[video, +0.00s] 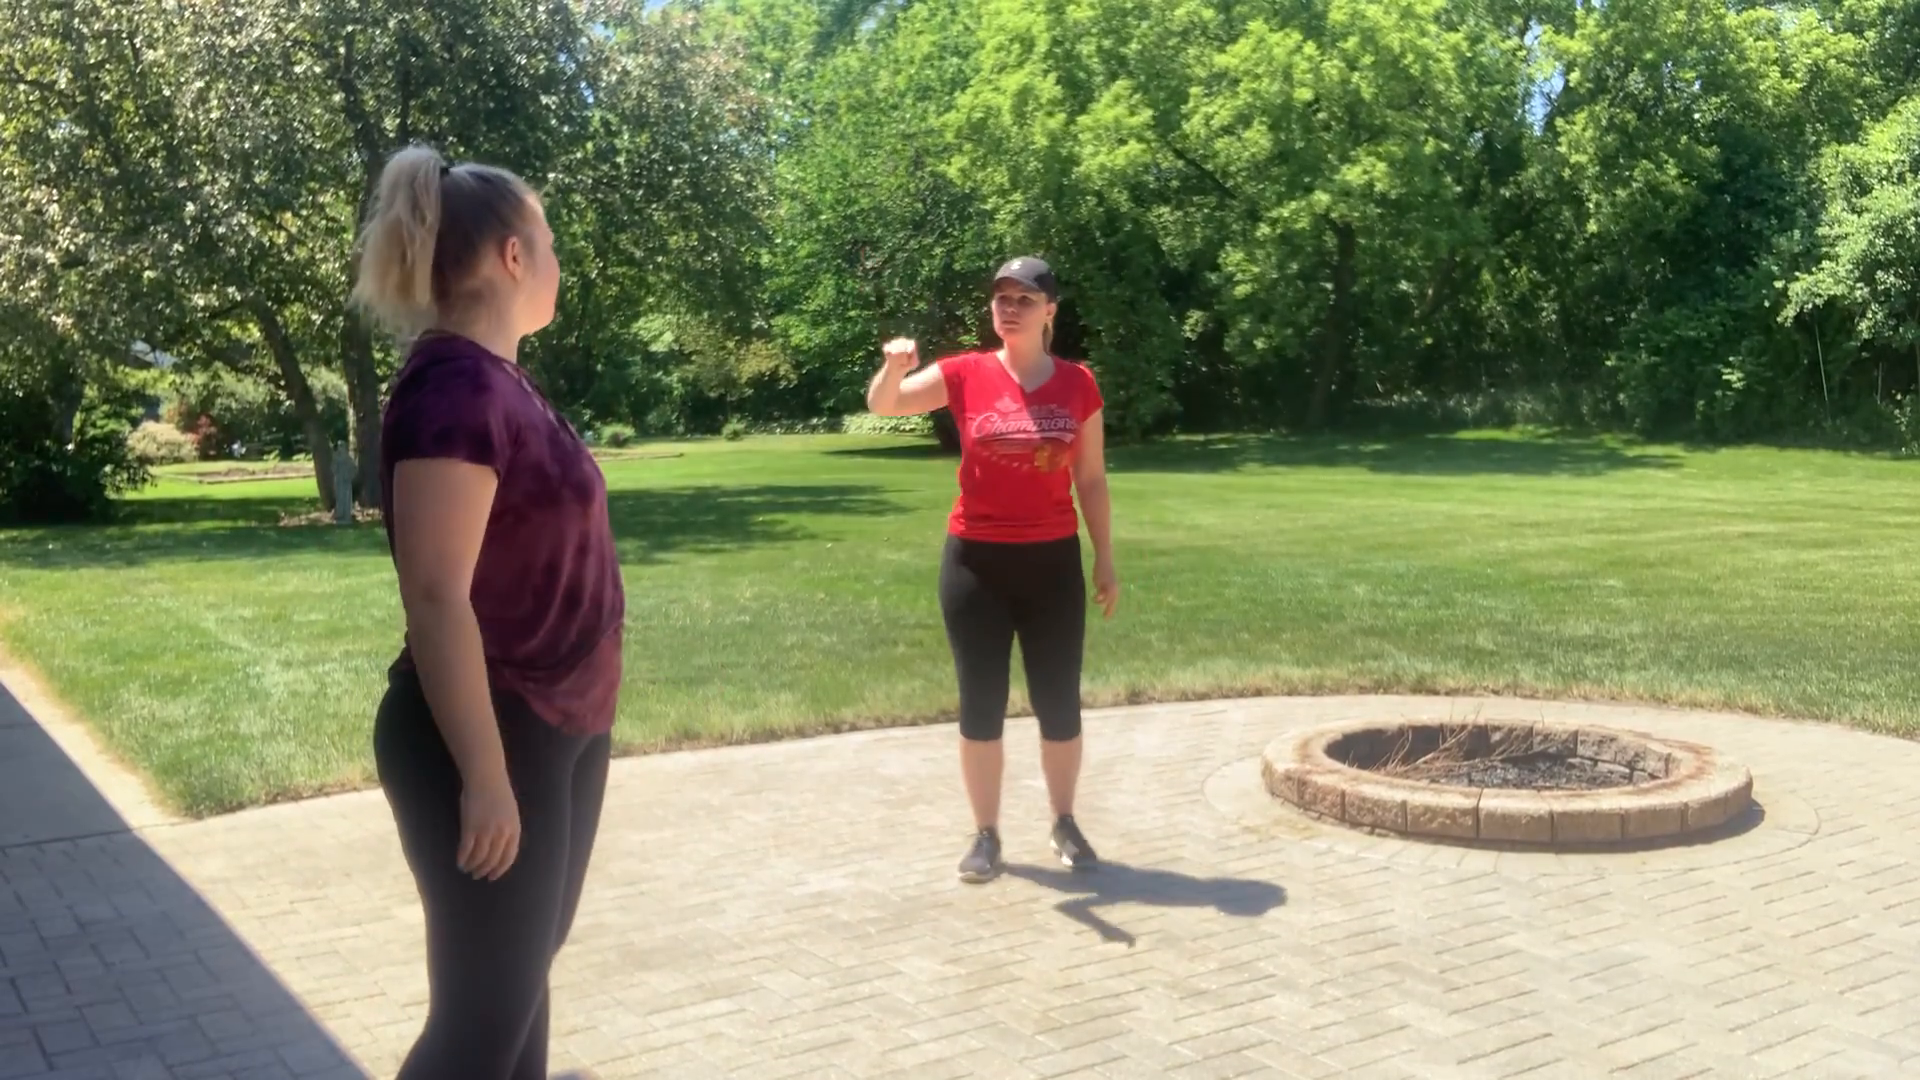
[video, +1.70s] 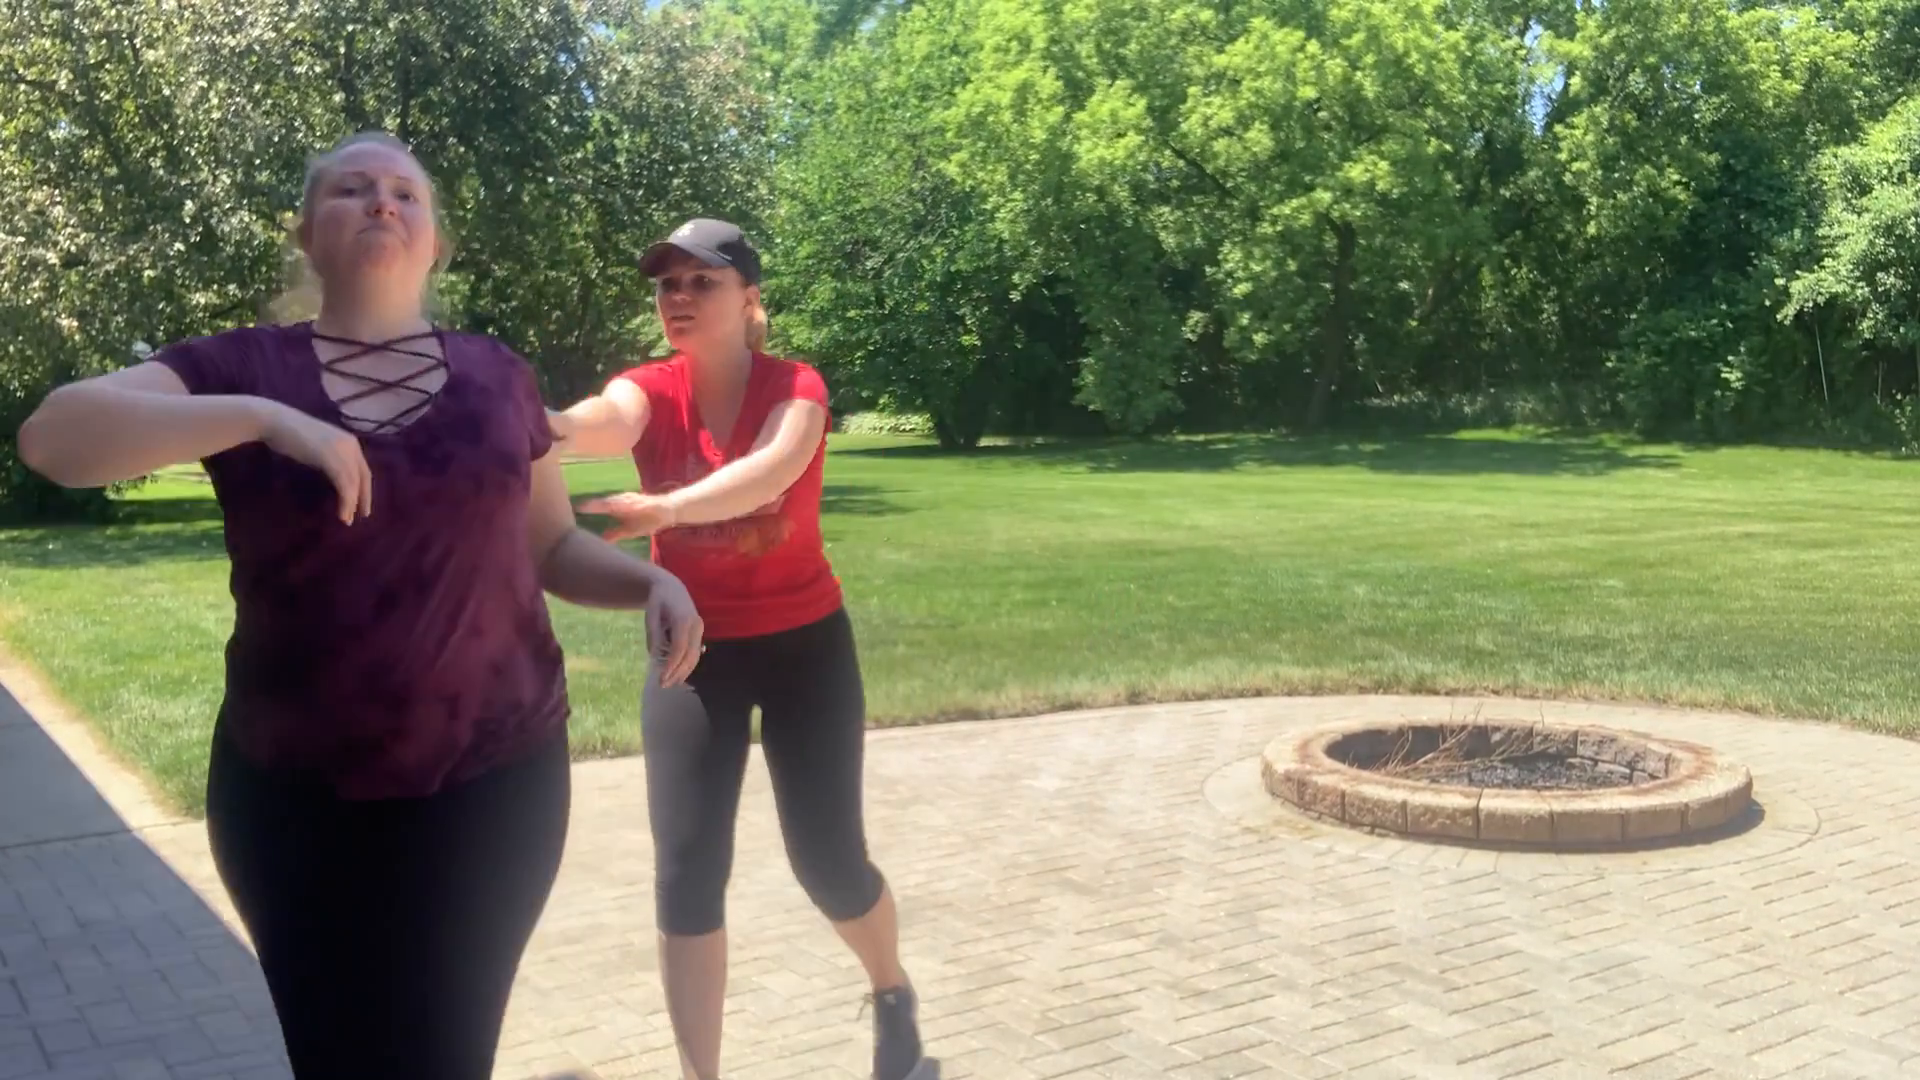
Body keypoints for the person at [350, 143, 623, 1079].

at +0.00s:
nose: (557, 263)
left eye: (551, 241)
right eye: (546, 241)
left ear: (475, 264)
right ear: (506, 257)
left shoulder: (492, 381)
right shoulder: (456, 389)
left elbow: (481, 586)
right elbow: (435, 596)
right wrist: (484, 775)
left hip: (547, 729)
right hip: (494, 734)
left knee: (517, 1007)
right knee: (481, 1026)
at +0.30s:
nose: (571, 263)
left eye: (565, 241)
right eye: (559, 241)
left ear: (503, 263)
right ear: (513, 259)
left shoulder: (526, 372)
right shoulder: (453, 384)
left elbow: (546, 550)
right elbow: (426, 596)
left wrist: (618, 657)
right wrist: (483, 767)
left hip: (574, 726)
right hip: (491, 734)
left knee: (531, 998)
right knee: (475, 1023)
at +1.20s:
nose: (604, 275)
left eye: (606, 254)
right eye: (581, 254)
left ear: (603, 258)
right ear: (504, 260)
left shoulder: (593, 371)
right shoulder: (443, 370)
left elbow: (606, 553)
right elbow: (388, 543)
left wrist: (674, 651)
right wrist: (449, 645)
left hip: (573, 721)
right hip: (442, 719)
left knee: (541, 1005)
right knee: (459, 1011)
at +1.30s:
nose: (560, 280)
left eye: (571, 259)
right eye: (536, 257)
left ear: (583, 265)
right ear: (466, 257)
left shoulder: (579, 385)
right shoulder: (411, 363)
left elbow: (586, 568)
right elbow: (315, 519)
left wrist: (683, 639)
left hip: (568, 729)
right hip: (427, 728)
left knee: (530, 1015)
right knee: (440, 1024)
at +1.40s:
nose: (511, 267)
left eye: (530, 250)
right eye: (485, 246)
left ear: (551, 274)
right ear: (432, 262)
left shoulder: (568, 399)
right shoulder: (370, 363)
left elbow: (584, 575)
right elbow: (243, 507)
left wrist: (680, 615)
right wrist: (317, 419)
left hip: (550, 747)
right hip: (389, 743)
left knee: (534, 1036)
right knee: (417, 1038)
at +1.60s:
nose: (425, 217)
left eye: (447, 209)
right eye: (397, 202)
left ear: (471, 251)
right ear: (347, 237)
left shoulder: (517, 383)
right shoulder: (284, 352)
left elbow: (561, 560)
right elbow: (108, 434)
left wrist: (651, 590)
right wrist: (295, 380)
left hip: (506, 764)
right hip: (320, 769)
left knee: (509, 1054)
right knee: (364, 1056)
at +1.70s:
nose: (381, 201)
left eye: (405, 194)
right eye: (351, 189)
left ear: (435, 245)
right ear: (304, 236)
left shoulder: (499, 374)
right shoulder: (248, 364)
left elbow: (553, 544)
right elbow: (51, 437)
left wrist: (652, 583)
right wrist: (259, 417)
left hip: (489, 775)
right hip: (295, 781)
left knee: (448, 1052)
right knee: (336, 1054)